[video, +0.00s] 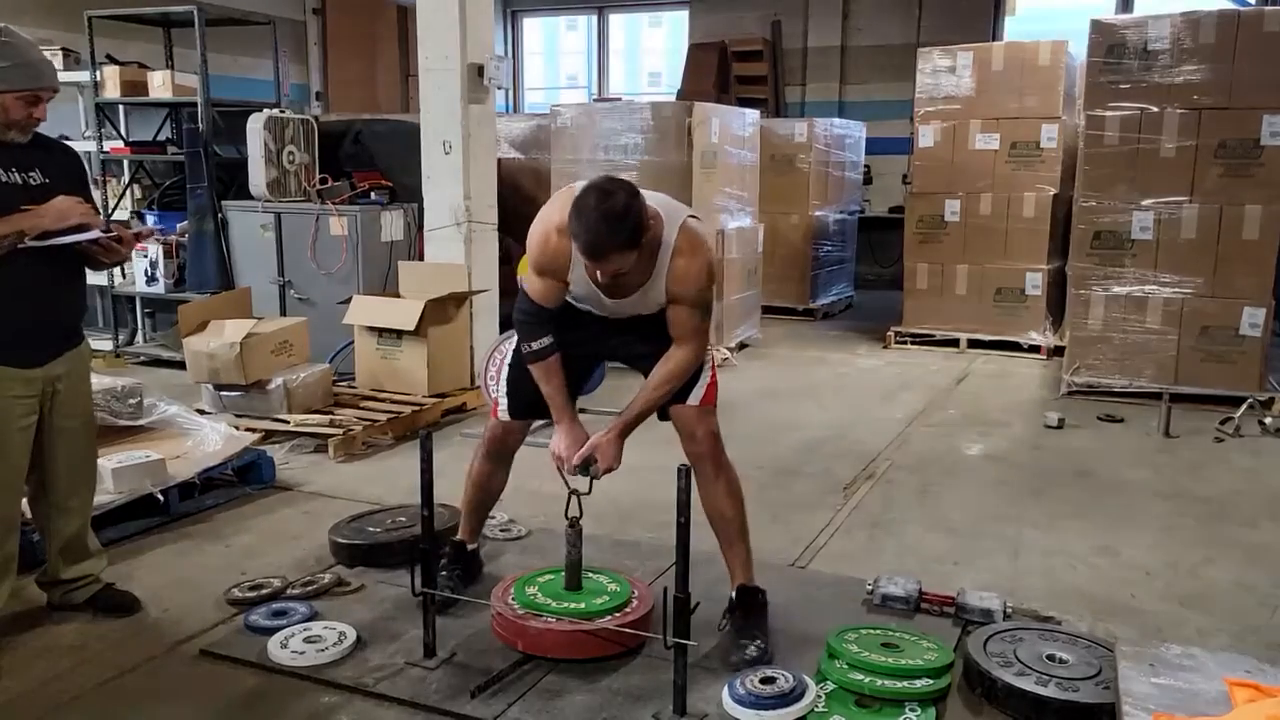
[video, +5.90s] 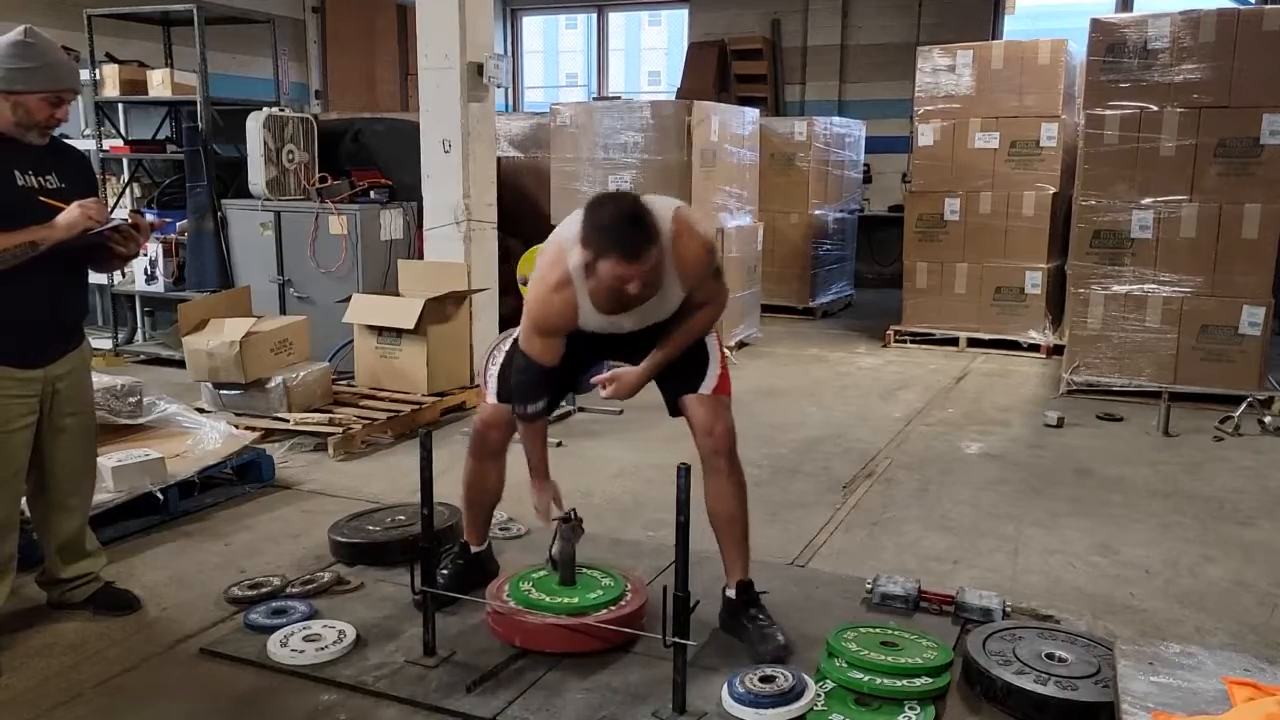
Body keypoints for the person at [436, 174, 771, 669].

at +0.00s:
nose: (604, 280)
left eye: (617, 272)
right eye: (594, 270)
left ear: (646, 239)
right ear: (575, 238)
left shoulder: (690, 254)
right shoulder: (551, 233)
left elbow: (688, 349)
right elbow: (533, 327)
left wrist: (619, 429)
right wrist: (565, 422)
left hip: (656, 321)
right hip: (572, 316)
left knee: (704, 441)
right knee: (499, 434)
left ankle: (746, 593)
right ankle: (463, 548)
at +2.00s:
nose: (609, 295)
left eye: (622, 286)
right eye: (598, 286)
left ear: (647, 257)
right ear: (578, 260)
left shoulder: (689, 265)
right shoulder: (552, 258)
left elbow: (689, 350)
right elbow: (498, 341)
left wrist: (625, 431)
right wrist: (560, 432)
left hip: (659, 325)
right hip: (569, 321)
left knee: (706, 442)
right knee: (501, 433)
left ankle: (740, 597)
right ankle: (462, 549)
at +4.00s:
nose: (600, 257)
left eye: (614, 249)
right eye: (590, 247)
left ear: (636, 219)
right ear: (570, 217)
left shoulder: (673, 243)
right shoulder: (541, 222)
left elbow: (699, 320)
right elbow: (516, 319)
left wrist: (615, 349)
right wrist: (550, 421)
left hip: (648, 346)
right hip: (563, 338)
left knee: (682, 471)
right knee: (463, 446)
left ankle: (738, 605)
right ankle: (476, 558)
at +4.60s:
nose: (603, 182)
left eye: (617, 173)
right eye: (592, 170)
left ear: (643, 144)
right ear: (573, 142)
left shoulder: (678, 175)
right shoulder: (546, 169)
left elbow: (726, 258)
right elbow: (527, 275)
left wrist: (639, 273)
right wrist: (552, 381)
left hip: (660, 310)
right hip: (570, 303)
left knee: (697, 452)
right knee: (498, 428)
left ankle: (738, 604)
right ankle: (470, 557)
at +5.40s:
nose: (578, 269)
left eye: (592, 259)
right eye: (567, 258)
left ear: (617, 229)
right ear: (548, 227)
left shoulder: (663, 243)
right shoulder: (525, 230)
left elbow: (710, 298)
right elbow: (504, 315)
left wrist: (632, 359)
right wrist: (531, 411)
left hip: (652, 318)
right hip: (563, 315)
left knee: (700, 444)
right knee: (484, 422)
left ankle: (738, 598)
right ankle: (474, 552)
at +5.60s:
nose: (571, 317)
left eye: (581, 306)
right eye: (558, 308)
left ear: (604, 272)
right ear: (537, 287)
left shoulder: (655, 267)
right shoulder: (515, 296)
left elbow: (701, 309)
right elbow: (511, 393)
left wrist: (627, 371)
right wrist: (520, 487)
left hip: (649, 327)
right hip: (558, 339)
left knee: (697, 440)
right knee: (475, 411)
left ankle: (738, 598)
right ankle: (473, 550)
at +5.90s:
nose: (635, 288)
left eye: (644, 275)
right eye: (621, 280)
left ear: (657, 246)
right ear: (588, 261)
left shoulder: (686, 241)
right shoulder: (554, 285)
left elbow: (711, 301)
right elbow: (529, 391)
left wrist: (646, 370)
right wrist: (540, 481)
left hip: (665, 324)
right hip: (575, 331)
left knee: (718, 433)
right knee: (488, 425)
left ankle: (741, 595)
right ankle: (473, 552)